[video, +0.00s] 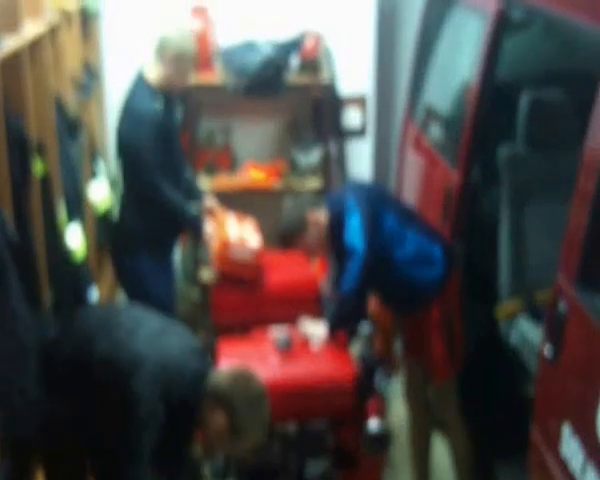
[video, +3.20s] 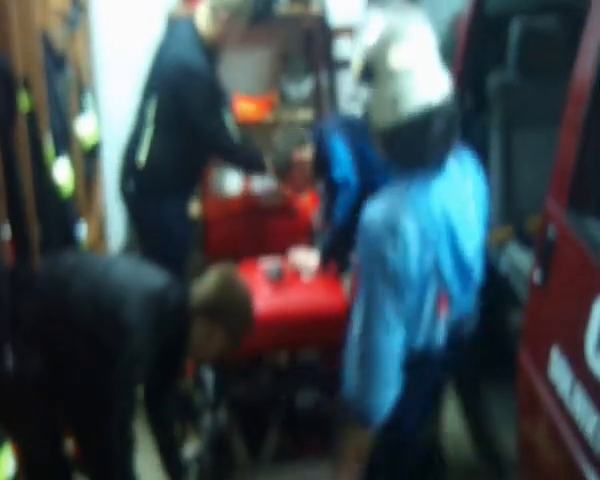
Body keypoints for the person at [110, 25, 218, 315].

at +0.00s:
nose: (188, 76)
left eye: (189, 67)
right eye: (184, 67)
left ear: (176, 63)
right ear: (167, 61)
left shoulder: (163, 100)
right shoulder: (145, 109)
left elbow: (176, 164)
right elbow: (150, 181)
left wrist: (199, 197)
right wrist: (192, 216)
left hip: (157, 234)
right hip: (140, 238)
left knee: (162, 322)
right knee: (156, 324)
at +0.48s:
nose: (200, 107)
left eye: (202, 98)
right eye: (197, 98)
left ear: (177, 89)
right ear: (178, 92)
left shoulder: (167, 120)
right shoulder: (153, 138)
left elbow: (172, 191)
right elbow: (144, 216)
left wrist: (193, 226)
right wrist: (180, 259)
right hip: (148, 261)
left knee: (163, 346)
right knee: (158, 349)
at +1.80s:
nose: (177, 81)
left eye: (180, 73)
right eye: (174, 72)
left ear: (161, 68)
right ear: (155, 67)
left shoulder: (157, 103)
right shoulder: (132, 119)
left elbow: (169, 168)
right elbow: (147, 196)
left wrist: (202, 183)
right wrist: (206, 218)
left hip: (156, 241)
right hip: (140, 249)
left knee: (157, 336)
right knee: (163, 340)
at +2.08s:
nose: (194, 77)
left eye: (196, 69)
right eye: (192, 69)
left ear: (175, 59)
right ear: (172, 59)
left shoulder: (159, 90)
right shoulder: (152, 108)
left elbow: (190, 137)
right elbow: (181, 178)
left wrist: (230, 165)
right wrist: (241, 200)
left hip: (159, 230)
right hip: (153, 240)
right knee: (165, 330)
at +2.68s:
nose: (236, 67)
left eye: (238, 58)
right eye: (235, 58)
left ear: (211, 43)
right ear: (220, 52)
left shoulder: (183, 65)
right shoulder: (186, 94)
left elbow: (207, 138)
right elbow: (210, 170)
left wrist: (241, 169)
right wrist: (261, 206)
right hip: (154, 215)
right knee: (166, 305)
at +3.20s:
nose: (238, 36)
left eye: (241, 28)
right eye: (239, 27)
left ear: (215, 13)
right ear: (224, 19)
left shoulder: (182, 36)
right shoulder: (192, 62)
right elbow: (213, 137)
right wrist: (258, 163)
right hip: (158, 185)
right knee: (170, 273)